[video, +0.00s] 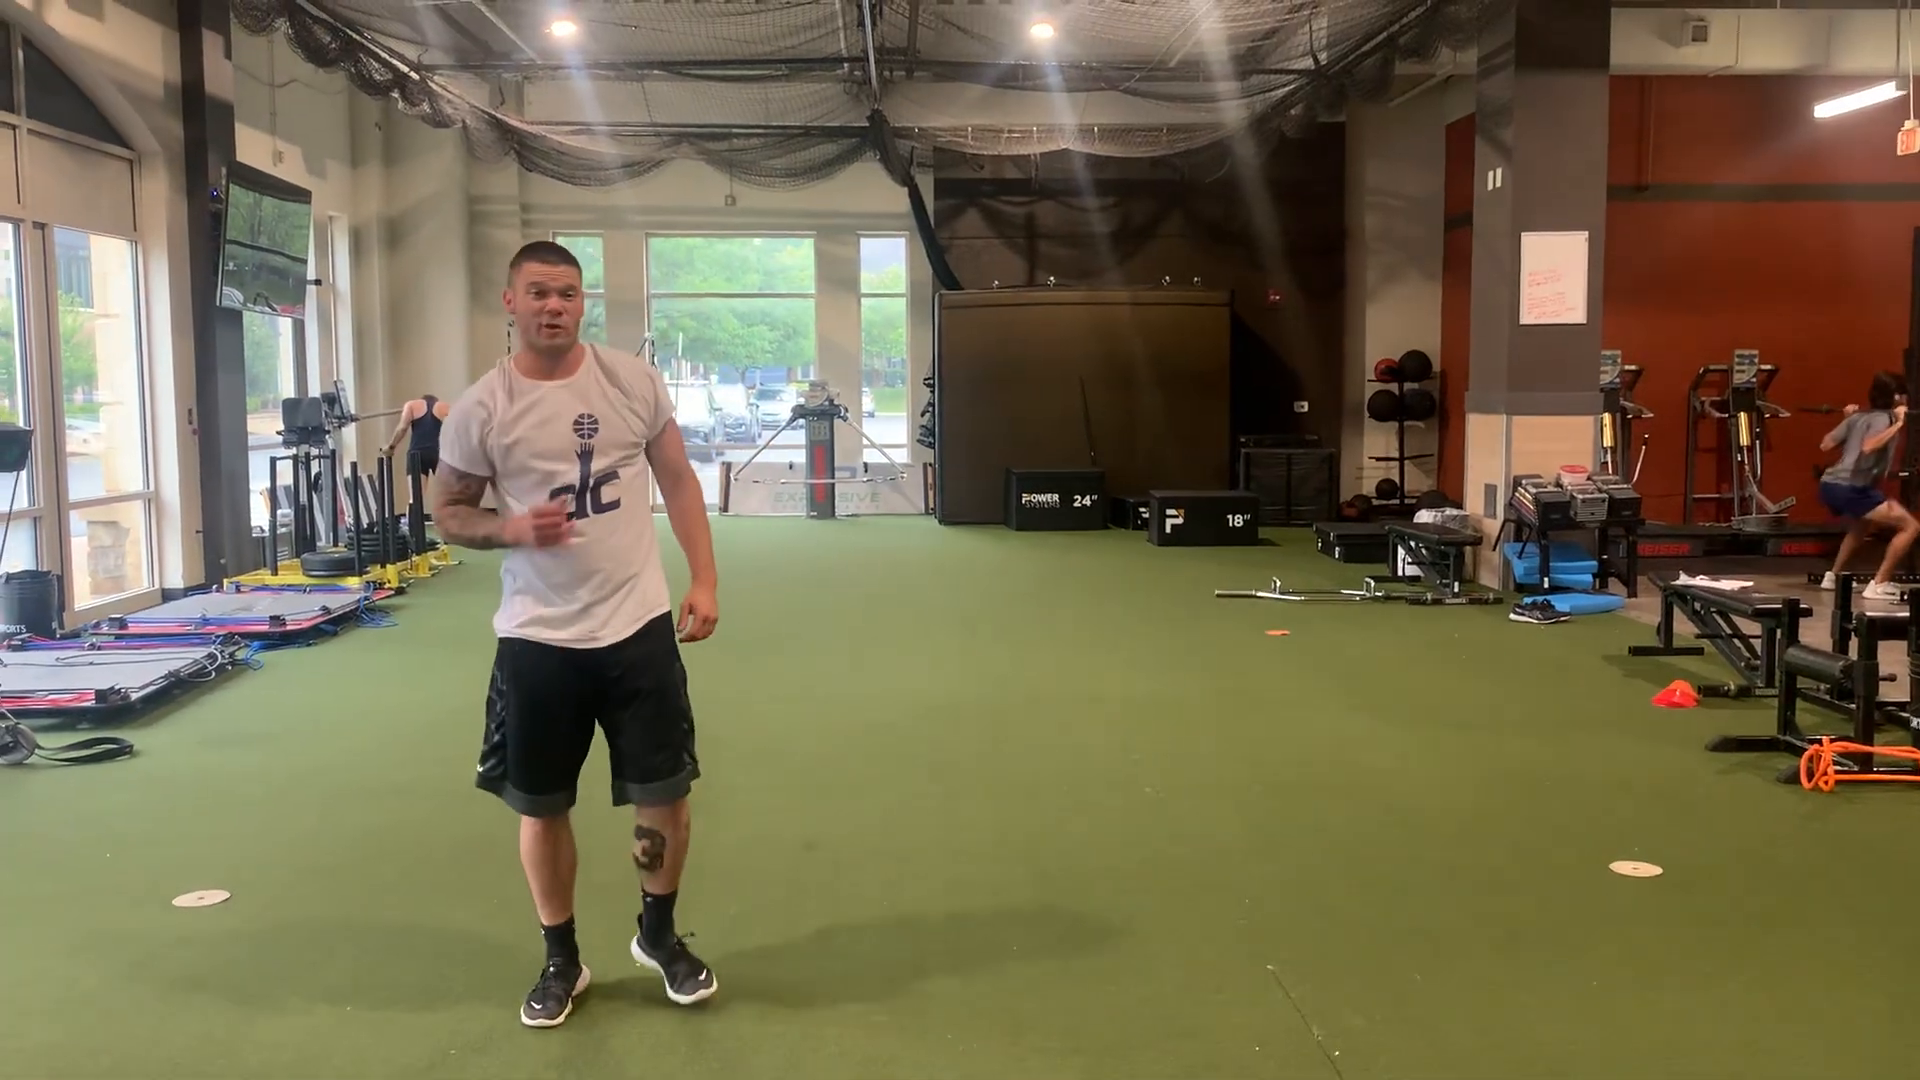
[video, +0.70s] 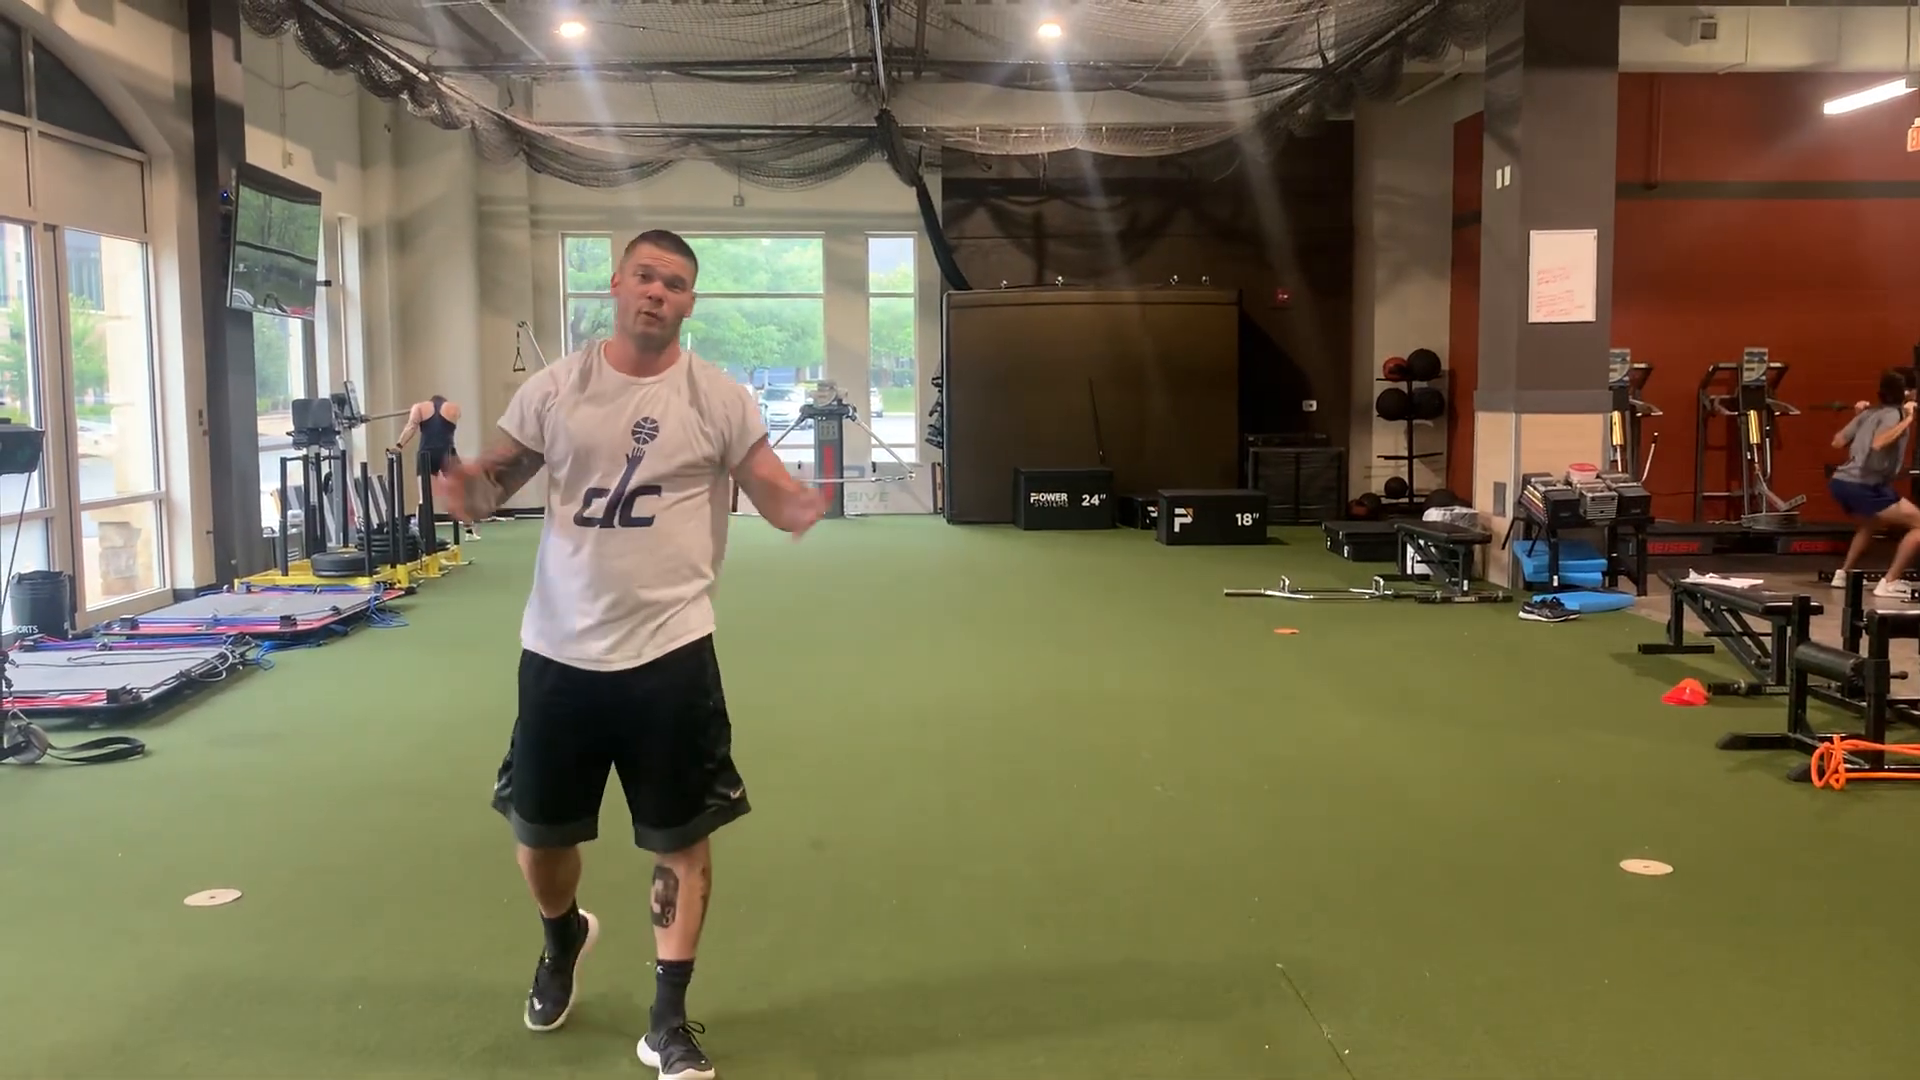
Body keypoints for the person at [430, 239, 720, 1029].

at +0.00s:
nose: (552, 305)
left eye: (565, 293)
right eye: (537, 292)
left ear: (584, 304)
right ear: (509, 303)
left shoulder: (634, 380)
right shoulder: (479, 409)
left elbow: (679, 482)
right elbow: (448, 512)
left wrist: (704, 578)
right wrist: (513, 528)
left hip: (637, 623)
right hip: (539, 637)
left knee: (665, 787)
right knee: (543, 803)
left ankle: (658, 933)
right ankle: (560, 959)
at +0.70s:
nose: (658, 293)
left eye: (675, 284)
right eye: (645, 277)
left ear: (692, 304)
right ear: (614, 284)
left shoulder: (717, 398)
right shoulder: (552, 389)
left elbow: (786, 508)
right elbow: (476, 497)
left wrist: (808, 498)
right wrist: (449, 466)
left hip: (669, 652)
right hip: (559, 652)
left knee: (678, 841)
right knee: (542, 836)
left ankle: (669, 1021)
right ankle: (563, 938)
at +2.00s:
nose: (603, 286)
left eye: (622, 270)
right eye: (583, 267)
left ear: (647, 287)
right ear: (549, 283)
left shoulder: (706, 400)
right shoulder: (502, 422)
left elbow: (767, 519)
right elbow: (437, 548)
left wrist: (818, 520)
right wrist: (438, 592)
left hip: (696, 723)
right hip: (561, 738)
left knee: (736, 948)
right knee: (568, 958)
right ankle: (586, 1079)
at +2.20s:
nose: (647, 278)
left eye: (669, 265)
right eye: (628, 259)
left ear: (692, 289)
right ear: (595, 277)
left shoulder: (746, 406)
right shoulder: (534, 418)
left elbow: (800, 530)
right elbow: (496, 566)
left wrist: (815, 560)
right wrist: (562, 606)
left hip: (716, 738)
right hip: (579, 747)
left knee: (747, 977)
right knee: (575, 975)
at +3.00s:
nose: (774, 272)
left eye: (795, 258)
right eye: (750, 253)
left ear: (818, 285)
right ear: (705, 277)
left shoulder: (867, 422)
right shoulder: (640, 433)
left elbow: (923, 571)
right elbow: (589, 607)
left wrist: (884, 610)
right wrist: (590, 744)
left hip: (830, 807)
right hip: (683, 816)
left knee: (805, 1051)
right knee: (678, 1061)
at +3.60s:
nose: (817, 262)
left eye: (841, 239)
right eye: (788, 238)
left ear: (871, 259)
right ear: (741, 259)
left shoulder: (938, 410)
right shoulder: (677, 436)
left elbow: (996, 573)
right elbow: (603, 640)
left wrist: (995, 628)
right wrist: (737, 704)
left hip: (918, 864)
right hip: (741, 876)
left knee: (949, 1064)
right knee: (712, 1066)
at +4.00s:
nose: (949, 250)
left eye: (978, 237)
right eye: (927, 228)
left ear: (1006, 277)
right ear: (882, 253)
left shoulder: (1061, 439)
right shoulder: (794, 425)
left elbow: (1104, 627)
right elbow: (737, 609)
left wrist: (1036, 671)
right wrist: (701, 754)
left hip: (982, 873)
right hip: (800, 868)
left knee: (1002, 1069)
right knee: (759, 1070)